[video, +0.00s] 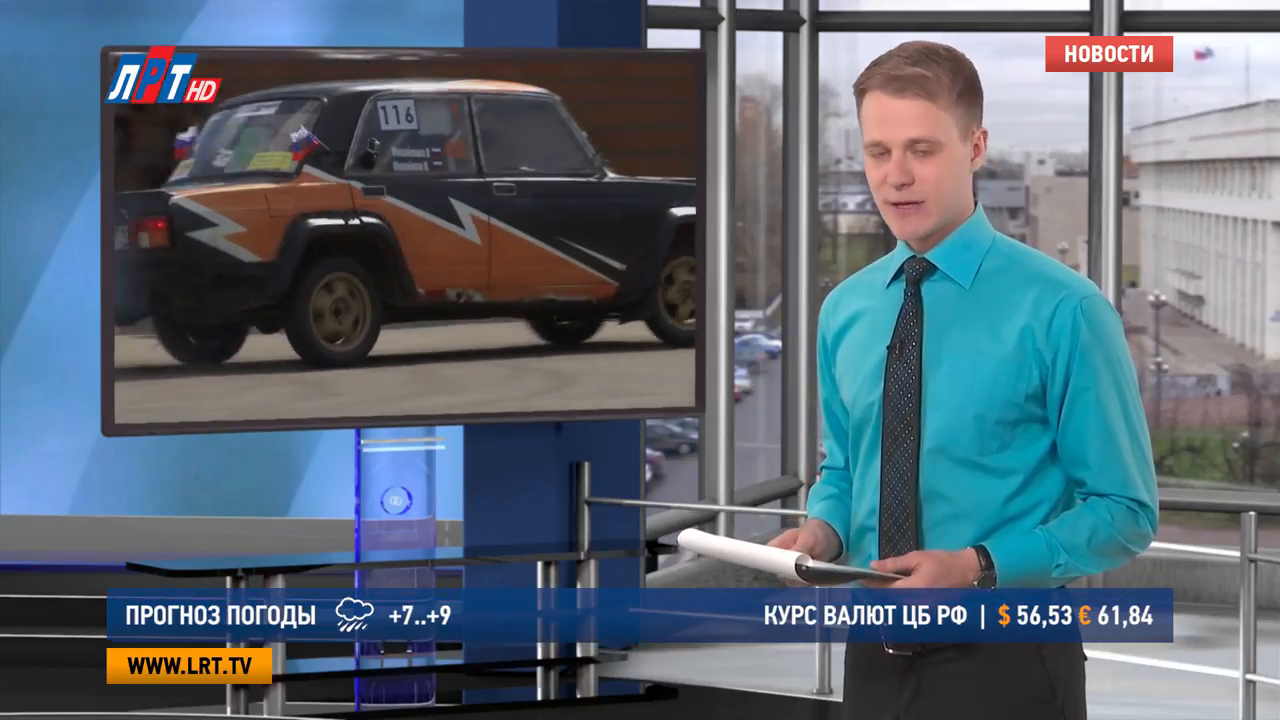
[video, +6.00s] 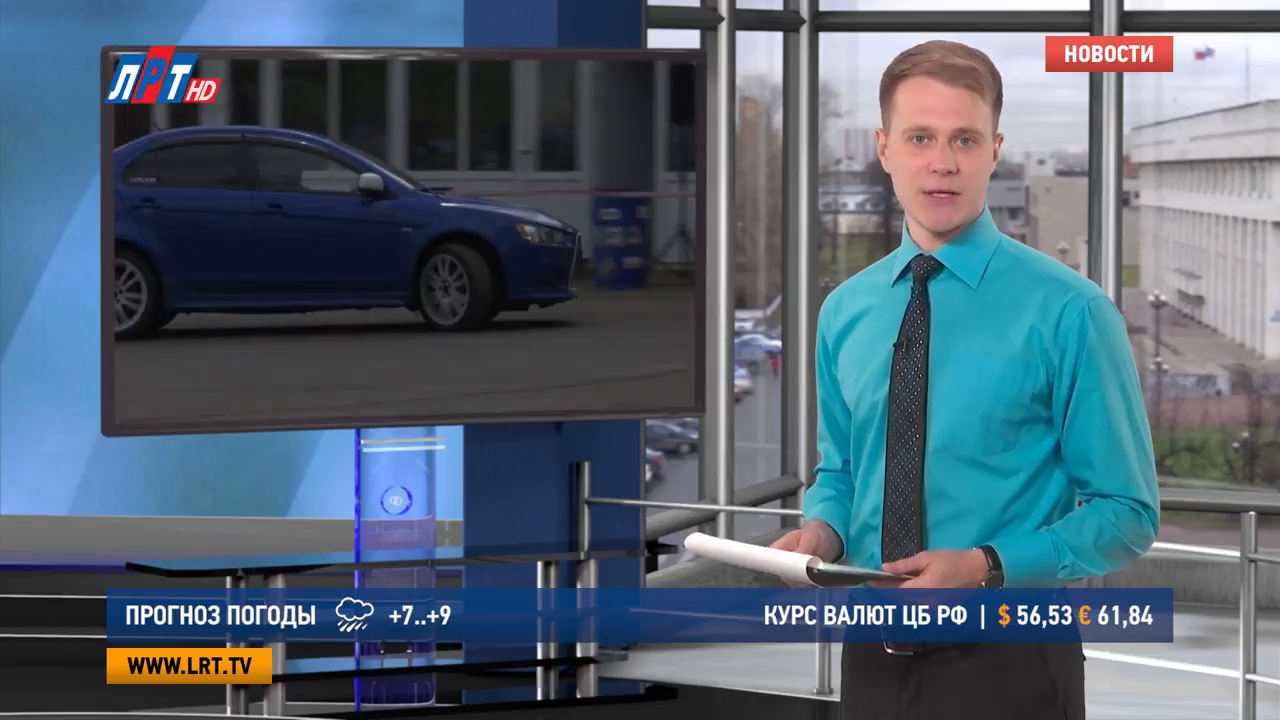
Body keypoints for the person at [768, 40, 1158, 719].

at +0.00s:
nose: (897, 176)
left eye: (922, 149)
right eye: (879, 152)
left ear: (975, 148)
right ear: (862, 158)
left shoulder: (1064, 309)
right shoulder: (845, 309)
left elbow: (1126, 509)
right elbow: (841, 470)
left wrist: (979, 566)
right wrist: (818, 531)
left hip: (1005, 662)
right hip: (875, 659)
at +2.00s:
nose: (901, 168)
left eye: (928, 142)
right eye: (886, 145)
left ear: (985, 146)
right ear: (871, 151)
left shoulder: (1073, 310)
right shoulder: (850, 310)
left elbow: (1131, 511)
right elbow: (843, 470)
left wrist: (990, 566)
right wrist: (823, 531)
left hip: (1010, 660)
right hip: (877, 656)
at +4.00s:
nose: (932, 142)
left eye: (955, 125)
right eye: (910, 122)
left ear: (986, 149)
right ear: (874, 147)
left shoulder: (1061, 308)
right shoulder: (833, 311)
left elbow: (1124, 508)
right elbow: (830, 472)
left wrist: (983, 567)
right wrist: (813, 534)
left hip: (1005, 662)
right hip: (870, 660)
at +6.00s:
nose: (942, 162)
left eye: (965, 139)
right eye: (921, 138)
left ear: (996, 150)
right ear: (884, 148)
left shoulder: (1070, 310)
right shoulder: (845, 311)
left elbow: (1127, 510)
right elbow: (837, 471)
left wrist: (989, 566)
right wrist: (817, 534)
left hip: (1006, 661)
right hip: (873, 657)